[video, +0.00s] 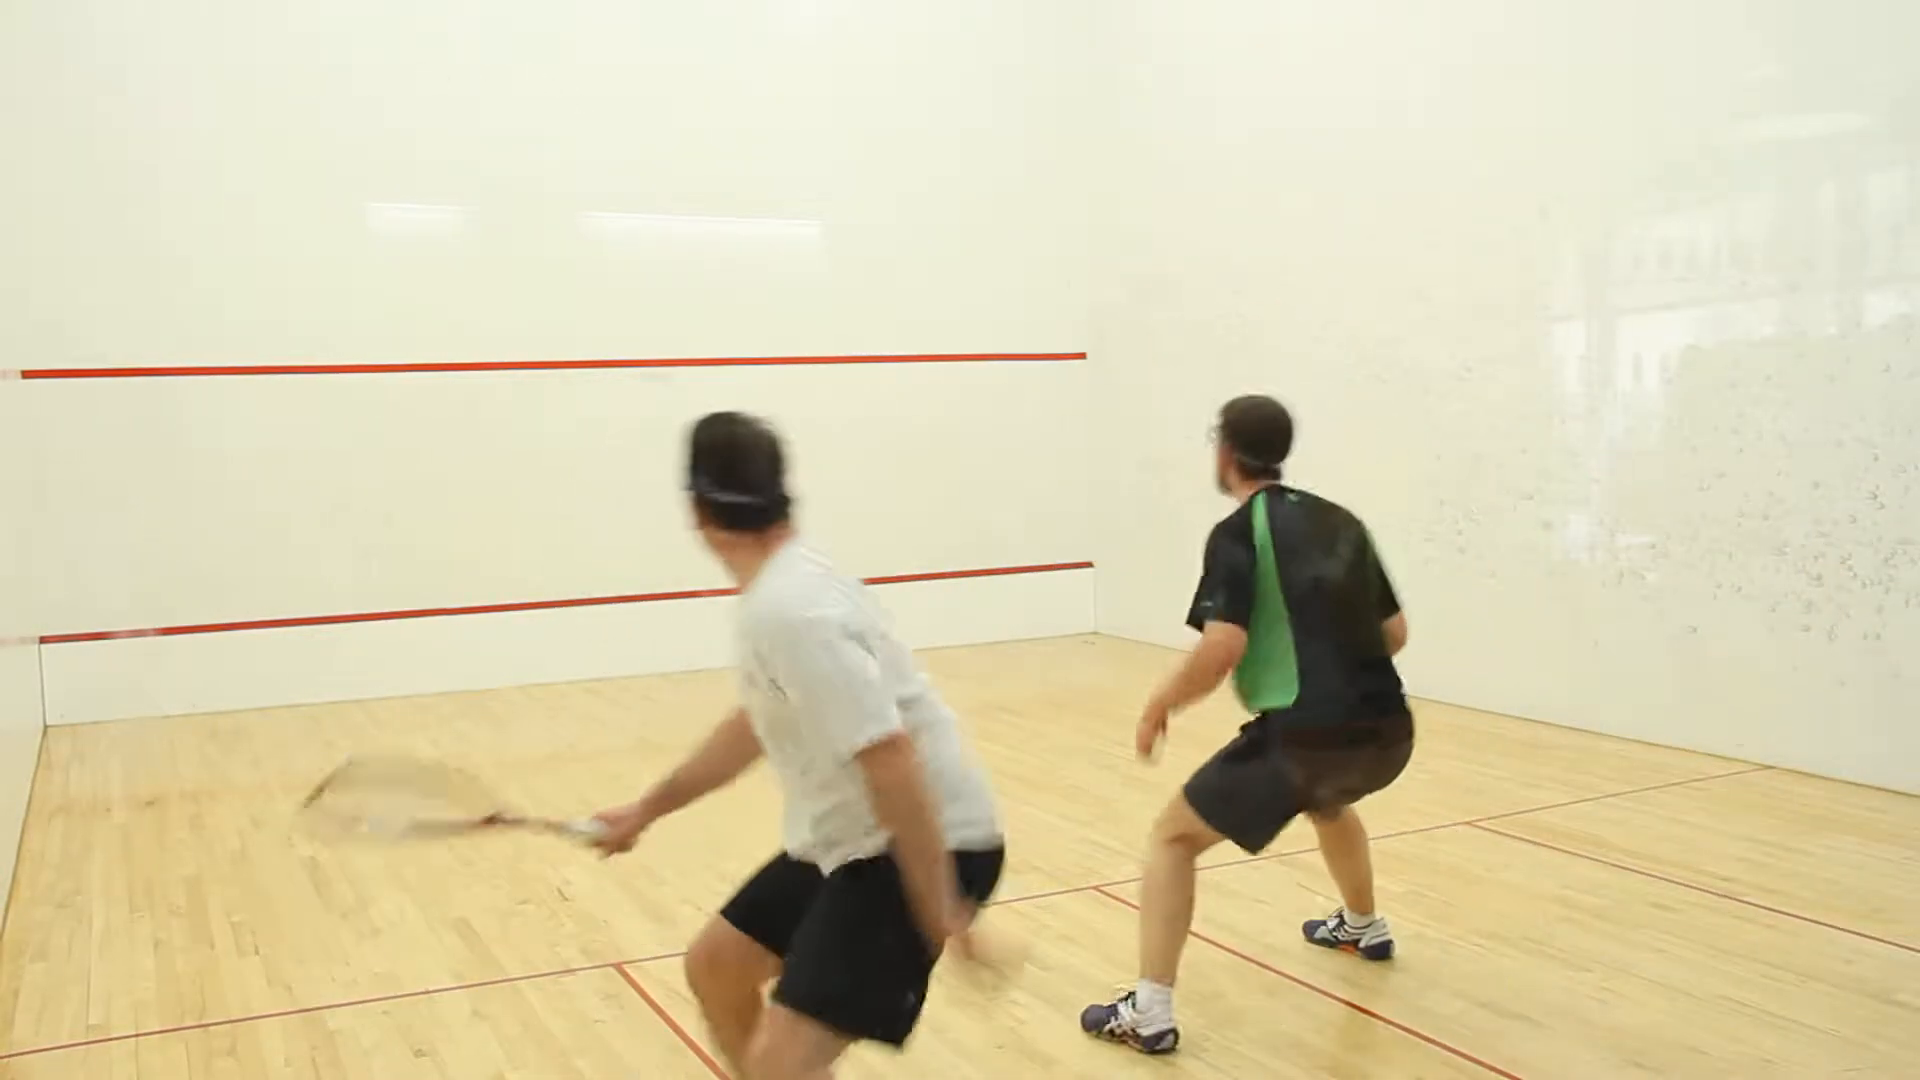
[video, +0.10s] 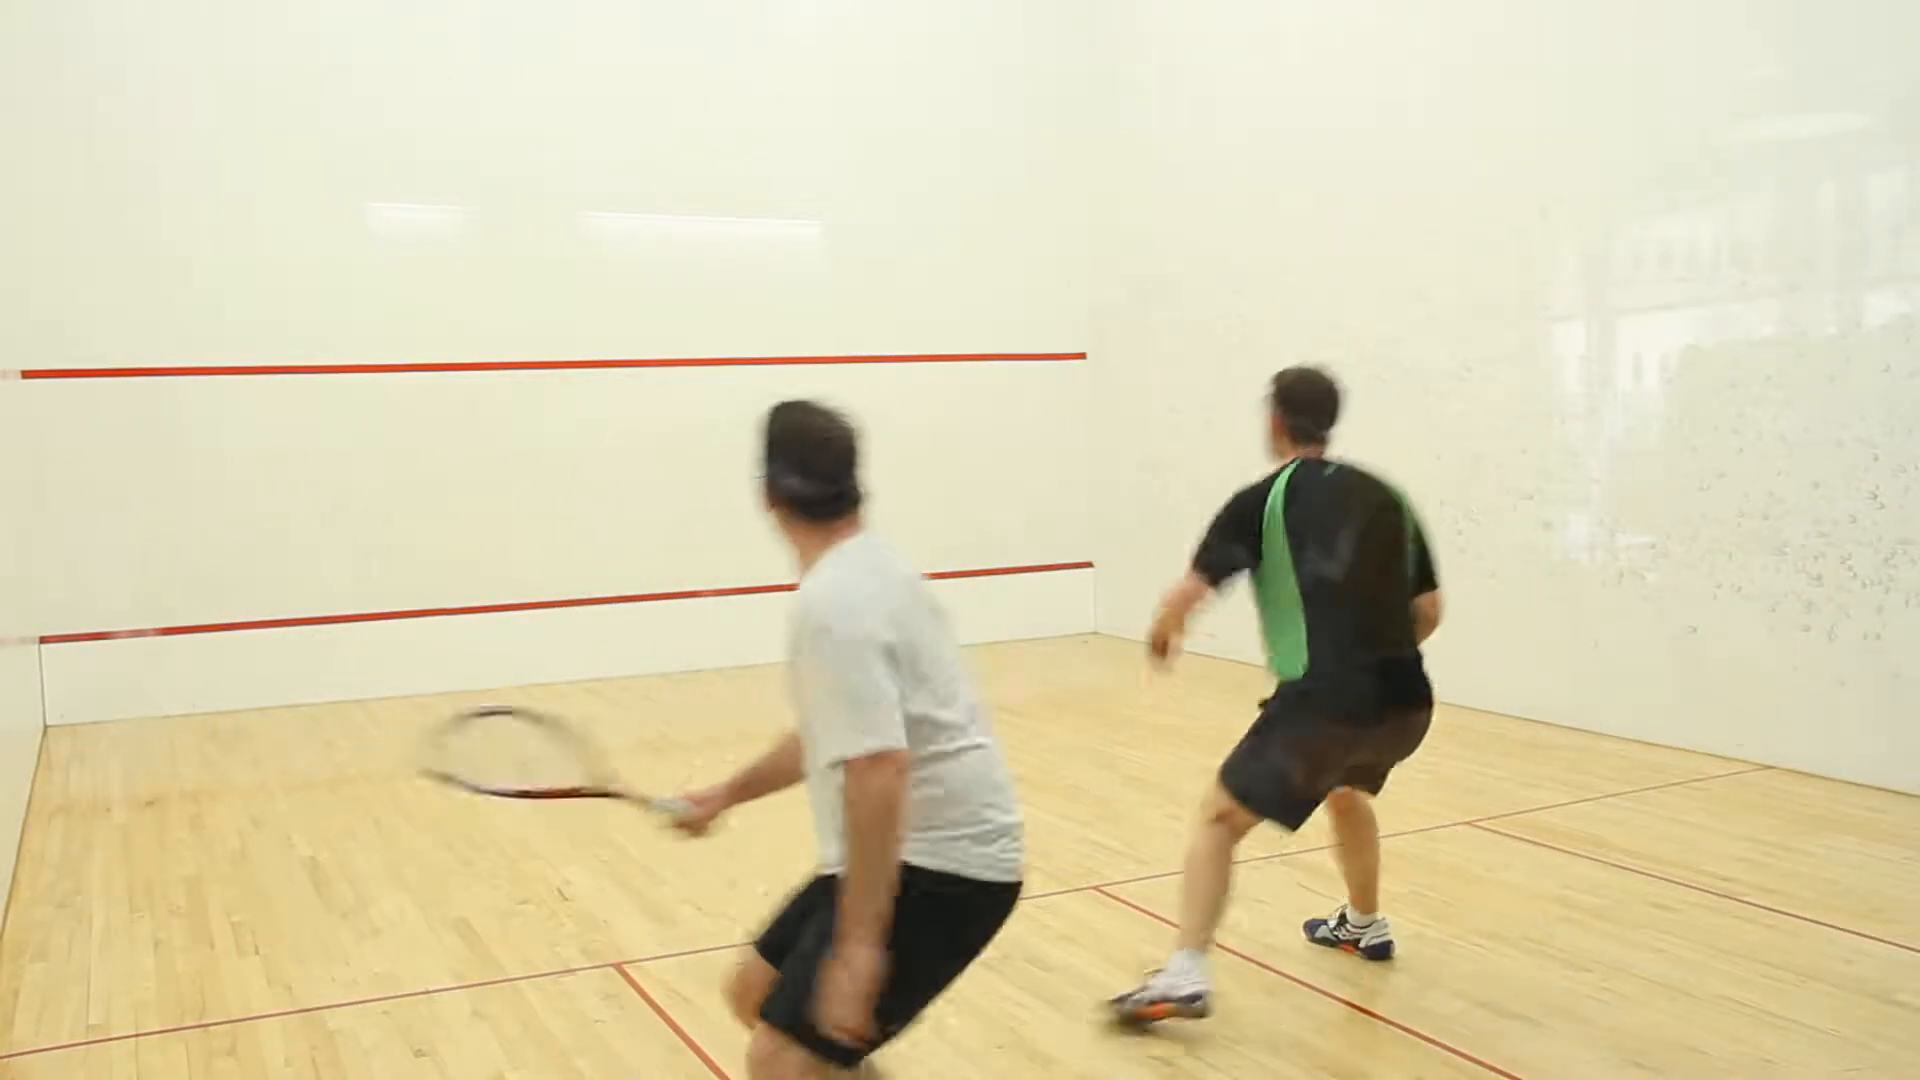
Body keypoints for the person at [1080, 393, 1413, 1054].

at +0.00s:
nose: (1214, 456)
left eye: (1218, 445)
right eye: (1219, 443)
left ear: (1230, 454)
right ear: (1281, 453)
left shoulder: (1237, 533)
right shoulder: (1342, 521)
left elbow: (1223, 648)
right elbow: (1393, 631)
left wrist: (1162, 703)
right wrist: (1323, 654)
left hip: (1298, 738)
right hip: (1381, 729)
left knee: (1174, 837)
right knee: (1325, 794)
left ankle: (1150, 1009)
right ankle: (1364, 921)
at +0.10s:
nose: (1267, 425)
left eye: (1269, 415)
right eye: (1274, 415)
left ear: (1277, 422)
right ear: (1330, 426)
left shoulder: (1263, 498)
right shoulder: (1386, 496)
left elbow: (1190, 589)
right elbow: (1427, 610)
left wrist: (1162, 634)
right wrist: (1369, 643)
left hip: (1319, 702)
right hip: (1403, 701)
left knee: (1220, 819)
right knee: (1348, 790)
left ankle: (1185, 971)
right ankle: (1365, 921)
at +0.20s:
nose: (1331, 411)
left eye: (1333, 402)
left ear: (1339, 406)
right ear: (1394, 412)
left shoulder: (1294, 466)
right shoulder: (1437, 486)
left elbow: (1192, 495)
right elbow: (1474, 602)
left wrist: (1138, 543)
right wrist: (1471, 564)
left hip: (1314, 684)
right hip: (1405, 687)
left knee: (1257, 818)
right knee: (1393, 784)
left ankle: (1244, 964)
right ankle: (1402, 917)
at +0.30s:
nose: (1414, 438)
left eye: (1410, 429)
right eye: (1435, 435)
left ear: (1402, 433)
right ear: (1457, 447)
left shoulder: (1339, 480)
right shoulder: (1469, 524)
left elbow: (1235, 484)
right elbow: (1503, 635)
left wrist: (1140, 510)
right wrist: (1576, 599)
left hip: (1313, 691)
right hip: (1403, 702)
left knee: (1265, 825)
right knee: (1441, 798)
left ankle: (1237, 960)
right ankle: (1493, 942)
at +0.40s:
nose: (1454, 469)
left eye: (1448, 457)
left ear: (1441, 455)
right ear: (1495, 480)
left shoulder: (1386, 487)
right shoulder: (1496, 570)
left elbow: (1289, 530)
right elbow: (1467, 672)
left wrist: (1208, 577)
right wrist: (1496, 681)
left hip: (1328, 693)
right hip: (1416, 713)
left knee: (1272, 832)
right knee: (1466, 788)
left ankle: (1210, 959)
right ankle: (1497, 934)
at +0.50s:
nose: (1452, 447)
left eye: (1454, 438)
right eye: (1457, 440)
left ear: (1462, 439)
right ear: (1516, 458)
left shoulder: (1425, 480)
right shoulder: (1526, 542)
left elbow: (1357, 544)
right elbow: (1479, 621)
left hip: (1370, 676)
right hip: (1451, 696)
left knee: (1287, 807)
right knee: (1477, 789)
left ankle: (1217, 941)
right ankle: (1498, 933)